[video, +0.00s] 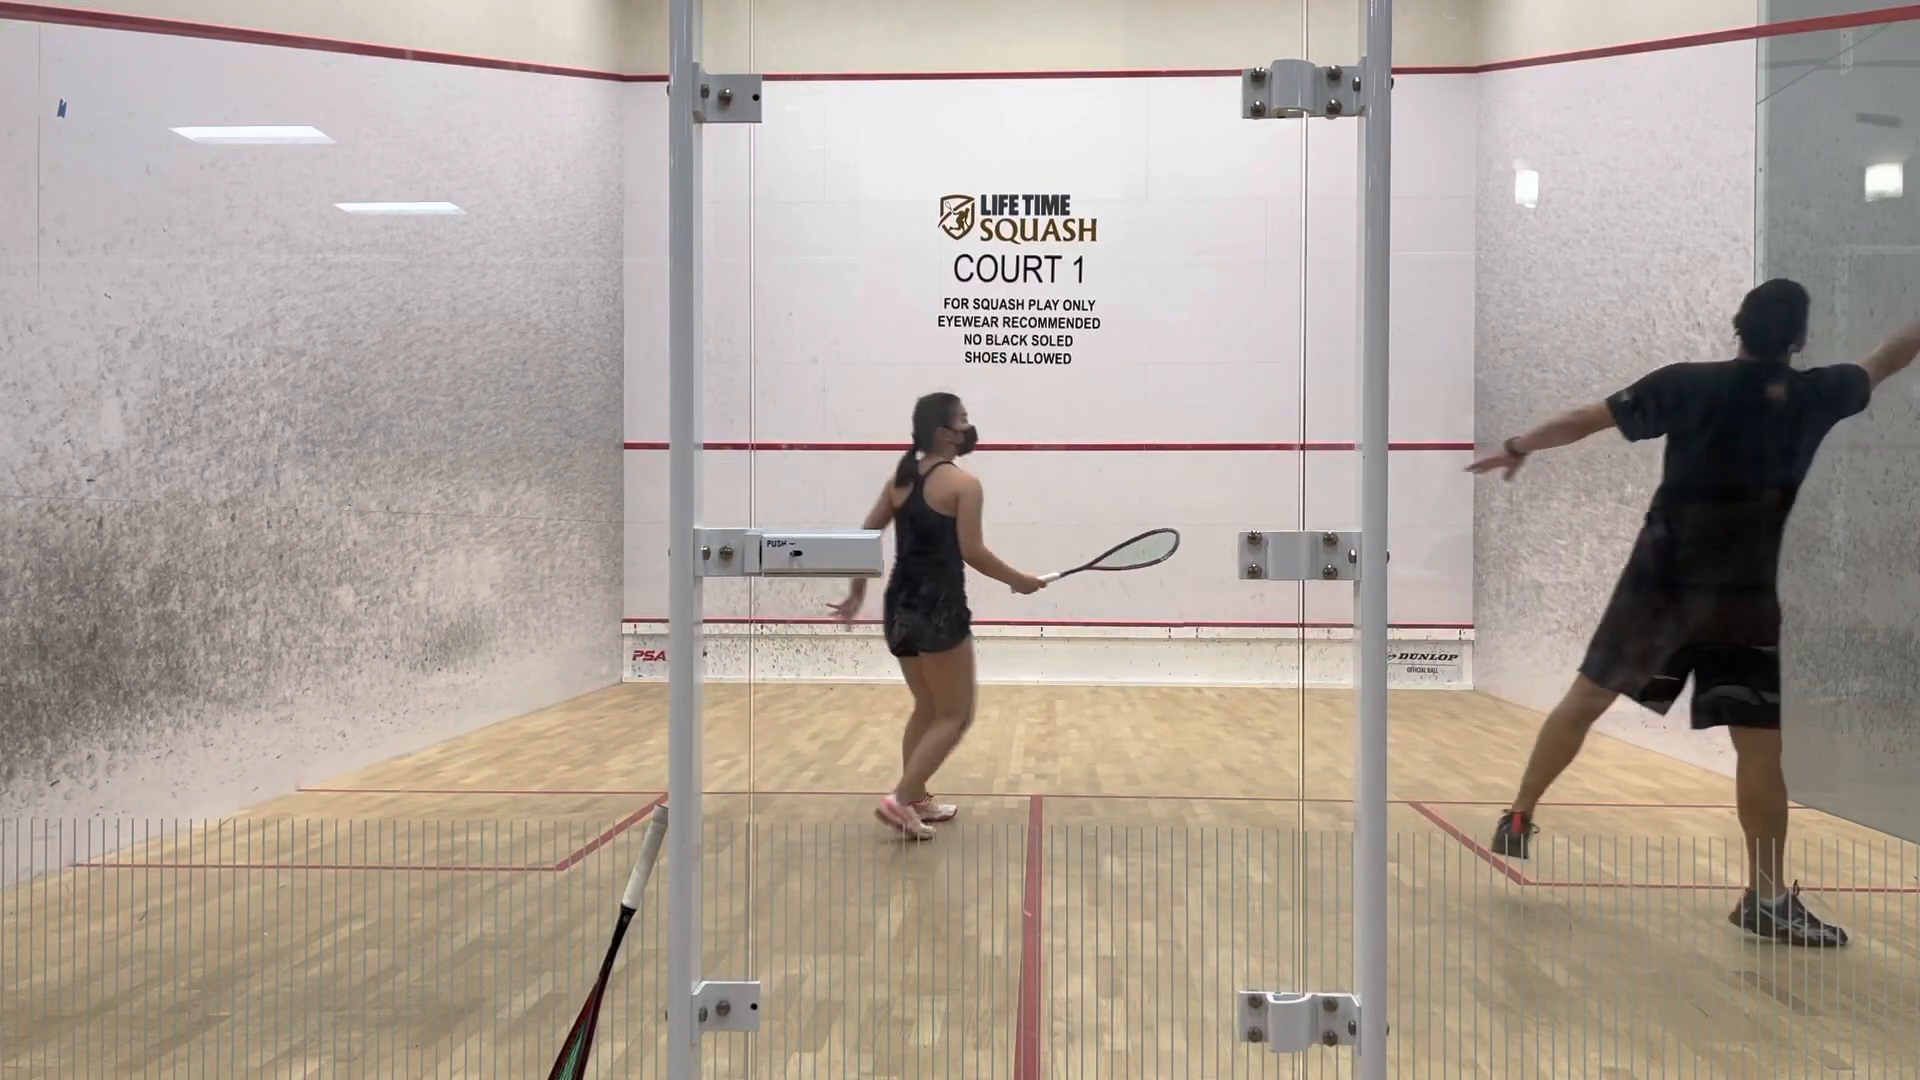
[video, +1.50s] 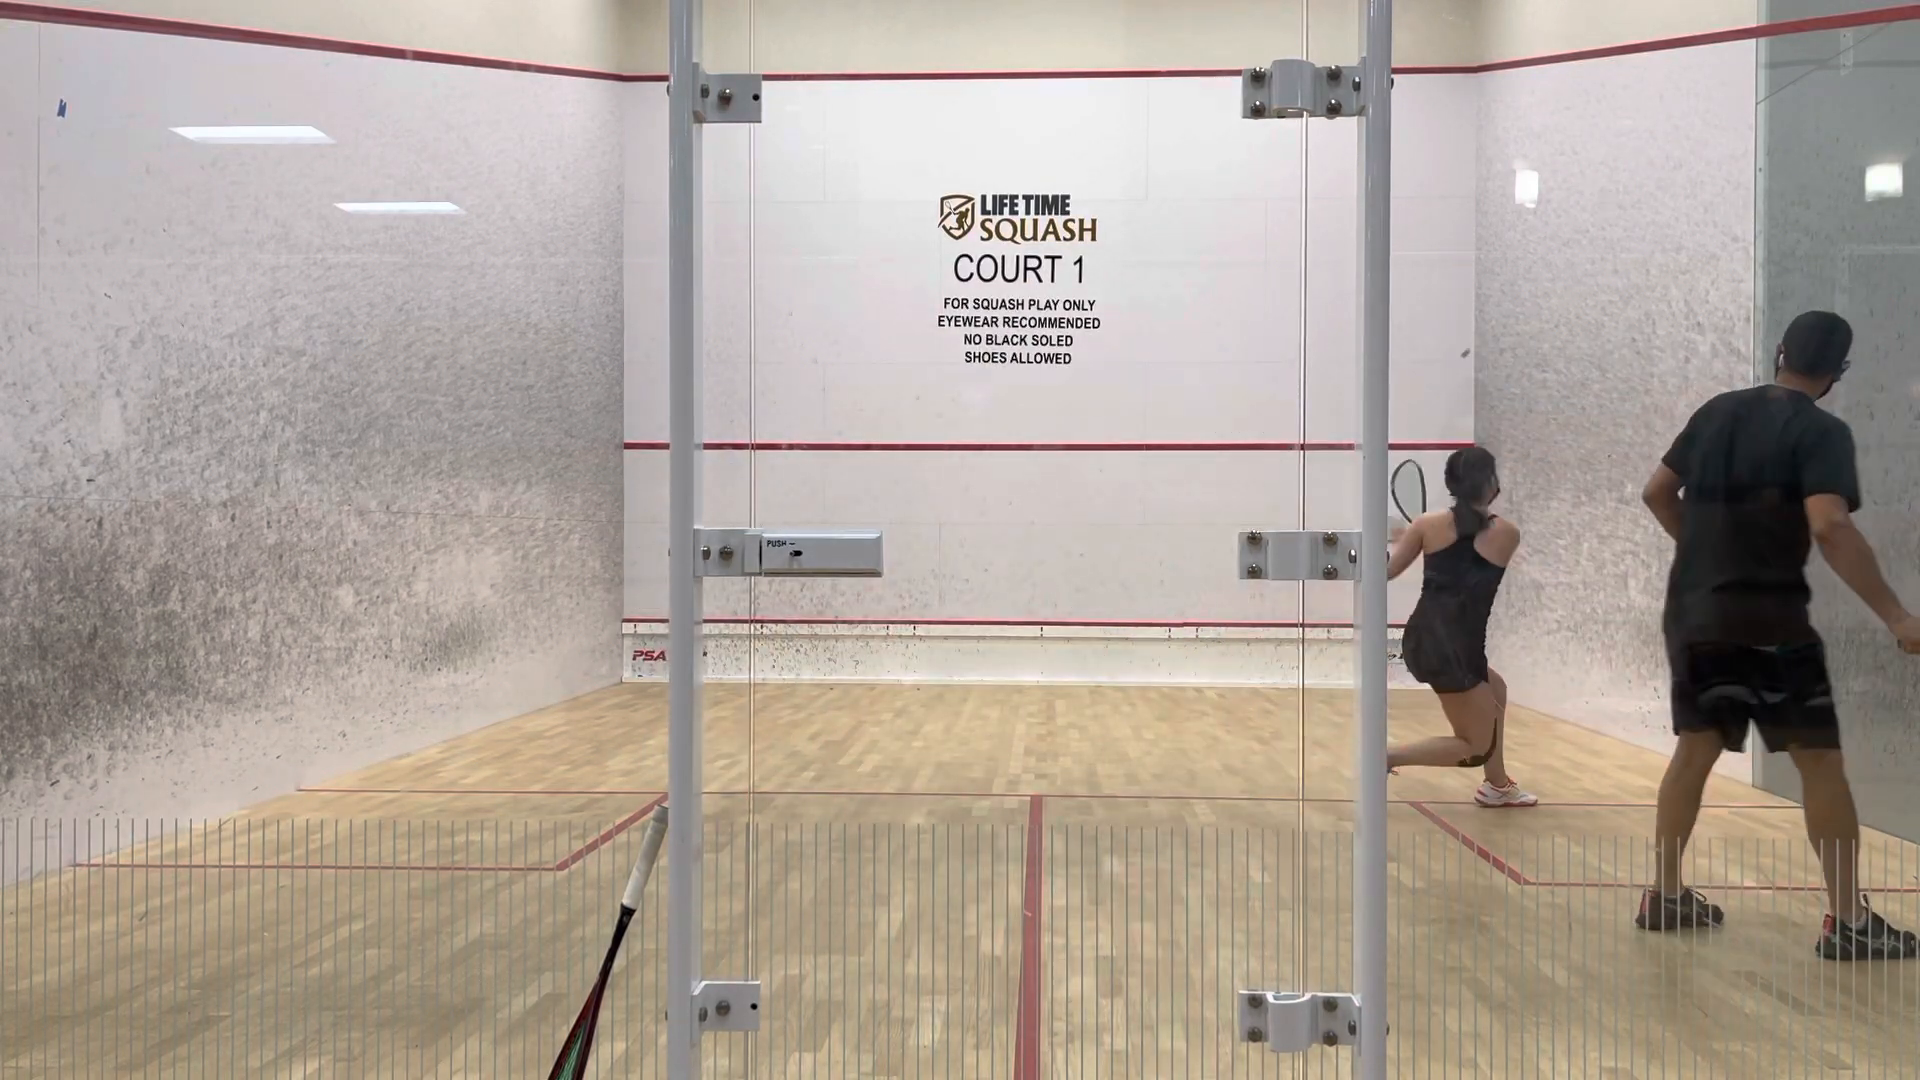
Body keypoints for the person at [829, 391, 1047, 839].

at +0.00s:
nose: (970, 427)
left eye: (967, 420)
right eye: (963, 421)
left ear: (927, 431)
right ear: (943, 430)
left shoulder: (902, 478)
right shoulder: (963, 483)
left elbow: (867, 533)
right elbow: (972, 551)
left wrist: (856, 592)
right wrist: (1017, 579)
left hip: (900, 610)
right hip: (940, 614)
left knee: (926, 707)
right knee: (956, 714)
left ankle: (914, 797)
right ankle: (901, 799)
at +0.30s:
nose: (1056, 431)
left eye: (1053, 423)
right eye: (1051, 424)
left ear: (1013, 432)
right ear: (1039, 430)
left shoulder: (999, 477)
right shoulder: (1048, 482)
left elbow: (993, 542)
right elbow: (1055, 548)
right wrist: (1112, 558)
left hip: (982, 603)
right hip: (1021, 606)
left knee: (991, 701)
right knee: (1087, 691)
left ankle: (942, 784)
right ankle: (1092, 798)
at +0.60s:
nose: (1209, 459)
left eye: (1207, 451)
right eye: (1205, 452)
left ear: (1165, 460)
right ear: (1197, 461)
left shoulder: (1154, 502)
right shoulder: (1184, 515)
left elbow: (1192, 534)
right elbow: (1223, 577)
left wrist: (1246, 529)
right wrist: (1242, 558)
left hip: (1119, 626)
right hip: (1148, 631)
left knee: (1124, 732)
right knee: (1213, 711)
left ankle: (1032, 767)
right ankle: (1200, 814)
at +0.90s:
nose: (1354, 493)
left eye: (1354, 483)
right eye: (1351, 483)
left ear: (1328, 481)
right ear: (1339, 485)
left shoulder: (1332, 520)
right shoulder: (1309, 518)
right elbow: (1277, 536)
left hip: (1301, 637)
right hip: (1277, 638)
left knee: (1366, 684)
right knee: (1282, 741)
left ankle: (1404, 765)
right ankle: (1207, 804)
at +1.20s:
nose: (1484, 508)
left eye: (1482, 501)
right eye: (1481, 502)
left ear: (1438, 509)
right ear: (1468, 510)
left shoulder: (1415, 547)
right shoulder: (1482, 564)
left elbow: (1386, 605)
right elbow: (1544, 592)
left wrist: (1382, 649)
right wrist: (1576, 582)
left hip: (1401, 660)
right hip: (1428, 672)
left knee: (1485, 689)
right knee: (1418, 771)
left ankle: (1494, 783)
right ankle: (1337, 783)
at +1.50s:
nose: (1497, 483)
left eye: (1493, 477)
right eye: (1495, 477)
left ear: (1451, 484)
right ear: (1492, 486)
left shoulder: (1426, 526)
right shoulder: (1507, 533)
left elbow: (1387, 571)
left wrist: (1395, 541)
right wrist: (1426, 533)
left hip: (1420, 645)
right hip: (1458, 654)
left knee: (1496, 691)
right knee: (1477, 748)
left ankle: (1497, 782)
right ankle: (1386, 757)